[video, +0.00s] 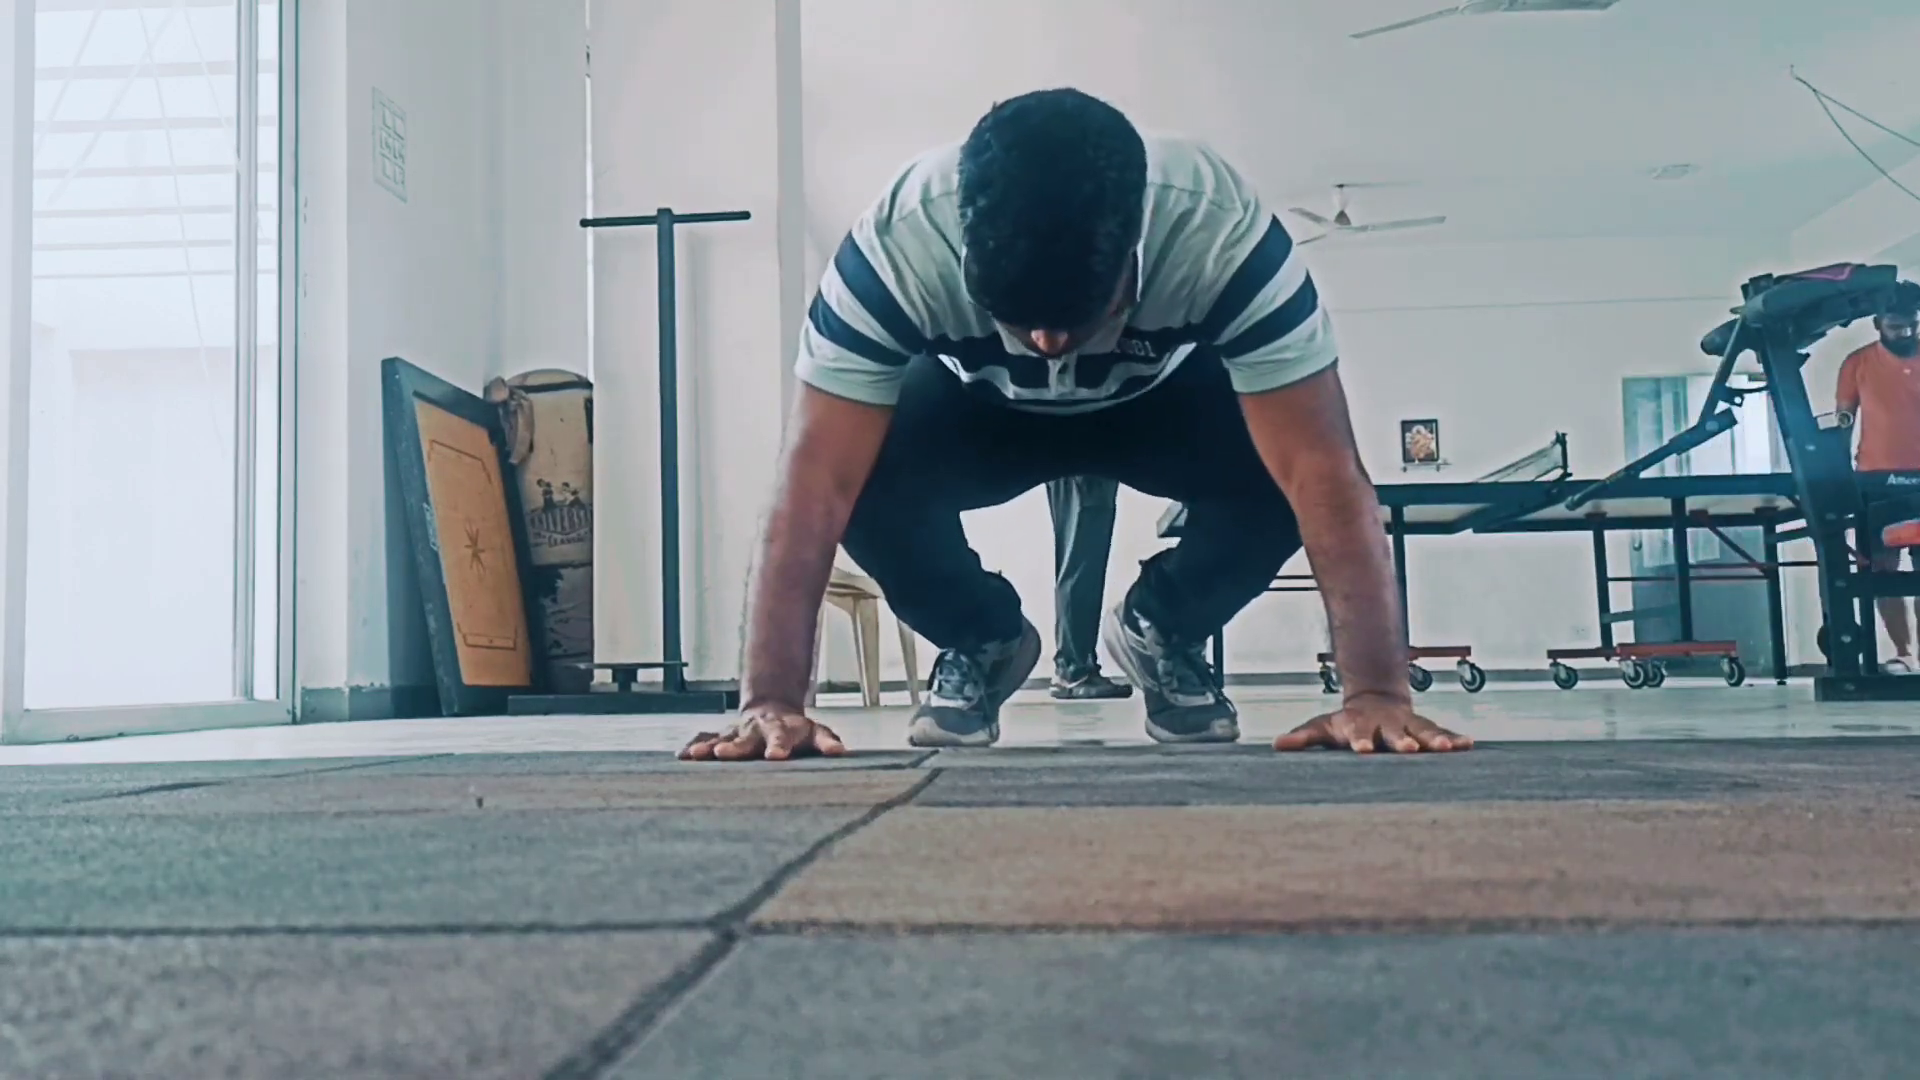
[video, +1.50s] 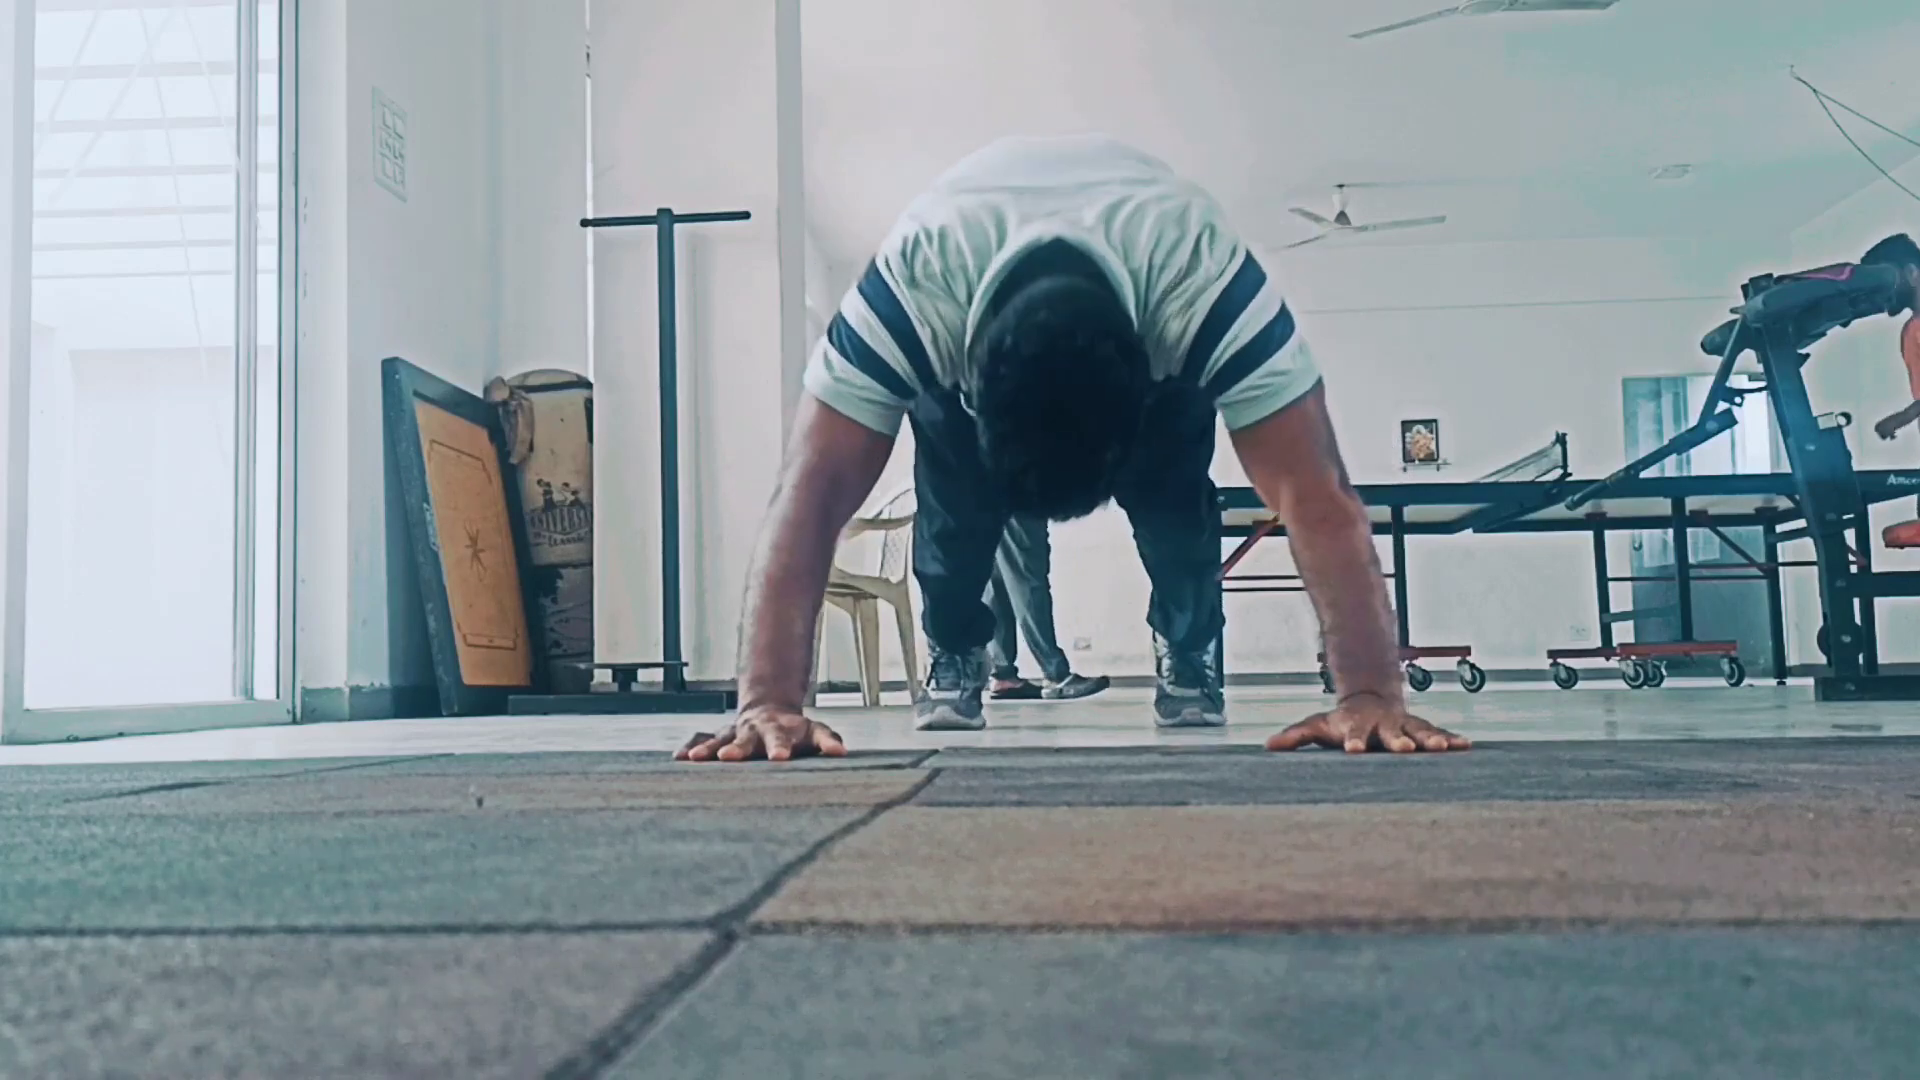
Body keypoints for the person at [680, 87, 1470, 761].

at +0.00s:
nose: (1052, 346)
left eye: (1082, 324)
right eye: (1025, 325)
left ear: (1137, 248)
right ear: (974, 249)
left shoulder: (1228, 235)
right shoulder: (900, 251)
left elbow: (1326, 479)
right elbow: (817, 483)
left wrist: (1377, 691)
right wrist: (772, 700)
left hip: (1160, 396)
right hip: (989, 400)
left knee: (1283, 493)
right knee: (870, 492)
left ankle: (1164, 625)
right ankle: (985, 638)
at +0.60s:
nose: (1060, 373)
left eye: (1086, 352)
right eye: (1025, 352)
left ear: (1144, 268)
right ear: (971, 257)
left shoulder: (1233, 229)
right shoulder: (896, 238)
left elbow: (1334, 460)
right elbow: (804, 469)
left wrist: (1375, 691)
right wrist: (771, 698)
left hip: (1157, 357)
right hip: (974, 363)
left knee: (1264, 477)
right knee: (868, 490)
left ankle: (1161, 629)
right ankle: (985, 642)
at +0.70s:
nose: (1077, 434)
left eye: (1098, 410)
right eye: (1048, 415)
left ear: (1150, 307)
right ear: (978, 293)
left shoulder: (1232, 220)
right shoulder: (898, 228)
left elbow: (1349, 456)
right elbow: (804, 462)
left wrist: (1375, 694)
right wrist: (771, 699)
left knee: (1253, 444)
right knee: (885, 456)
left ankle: (1167, 630)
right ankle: (980, 635)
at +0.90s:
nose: (1064, 448)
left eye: (1082, 429)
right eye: (1036, 427)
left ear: (1146, 319)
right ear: (965, 297)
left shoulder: (1239, 214)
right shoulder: (888, 226)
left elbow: (1360, 451)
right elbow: (789, 455)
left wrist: (1377, 696)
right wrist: (768, 700)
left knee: (1210, 499)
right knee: (930, 508)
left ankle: (1190, 573)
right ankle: (944, 609)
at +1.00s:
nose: (1064, 439)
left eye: (1097, 402)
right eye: (1023, 414)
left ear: (1151, 300)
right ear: (961, 284)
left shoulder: (1249, 216)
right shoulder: (880, 230)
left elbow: (1363, 454)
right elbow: (790, 461)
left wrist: (1379, 693)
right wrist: (766, 700)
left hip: (1169, 339)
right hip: (962, 350)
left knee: (1188, 541)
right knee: (965, 540)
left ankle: (1197, 647)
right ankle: (941, 643)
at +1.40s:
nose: (1060, 474)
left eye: (1086, 453)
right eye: (1039, 455)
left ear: (1145, 354)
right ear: (979, 343)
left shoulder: (1218, 253)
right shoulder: (909, 267)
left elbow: (1336, 474)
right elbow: (805, 476)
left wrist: (1374, 692)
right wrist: (771, 700)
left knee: (1170, 511)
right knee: (958, 525)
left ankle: (1191, 682)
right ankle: (955, 668)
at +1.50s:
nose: (1065, 511)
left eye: (1084, 493)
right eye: (1052, 495)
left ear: (1143, 374)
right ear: (979, 373)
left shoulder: (1207, 276)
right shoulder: (914, 285)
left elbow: (1317, 495)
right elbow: (817, 490)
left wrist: (1371, 692)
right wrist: (772, 699)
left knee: (1169, 492)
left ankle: (1190, 682)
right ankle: (957, 667)